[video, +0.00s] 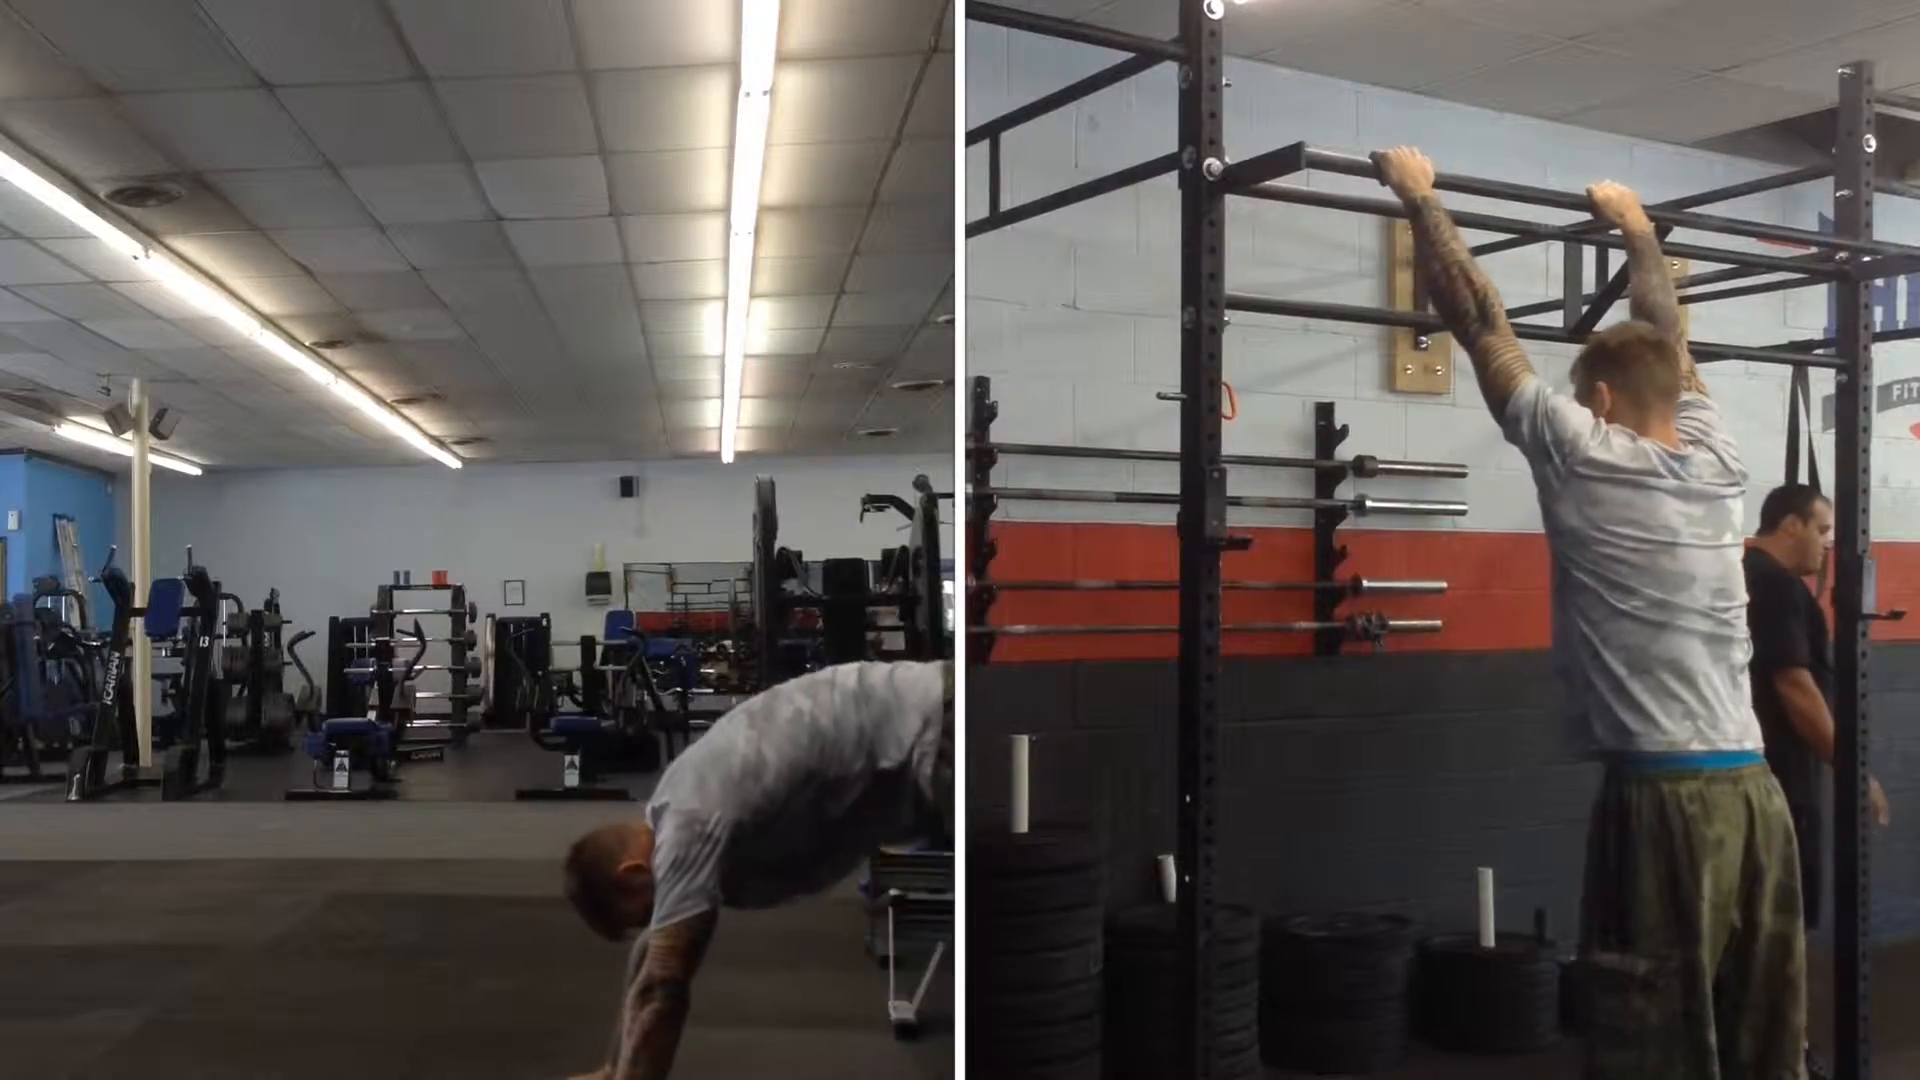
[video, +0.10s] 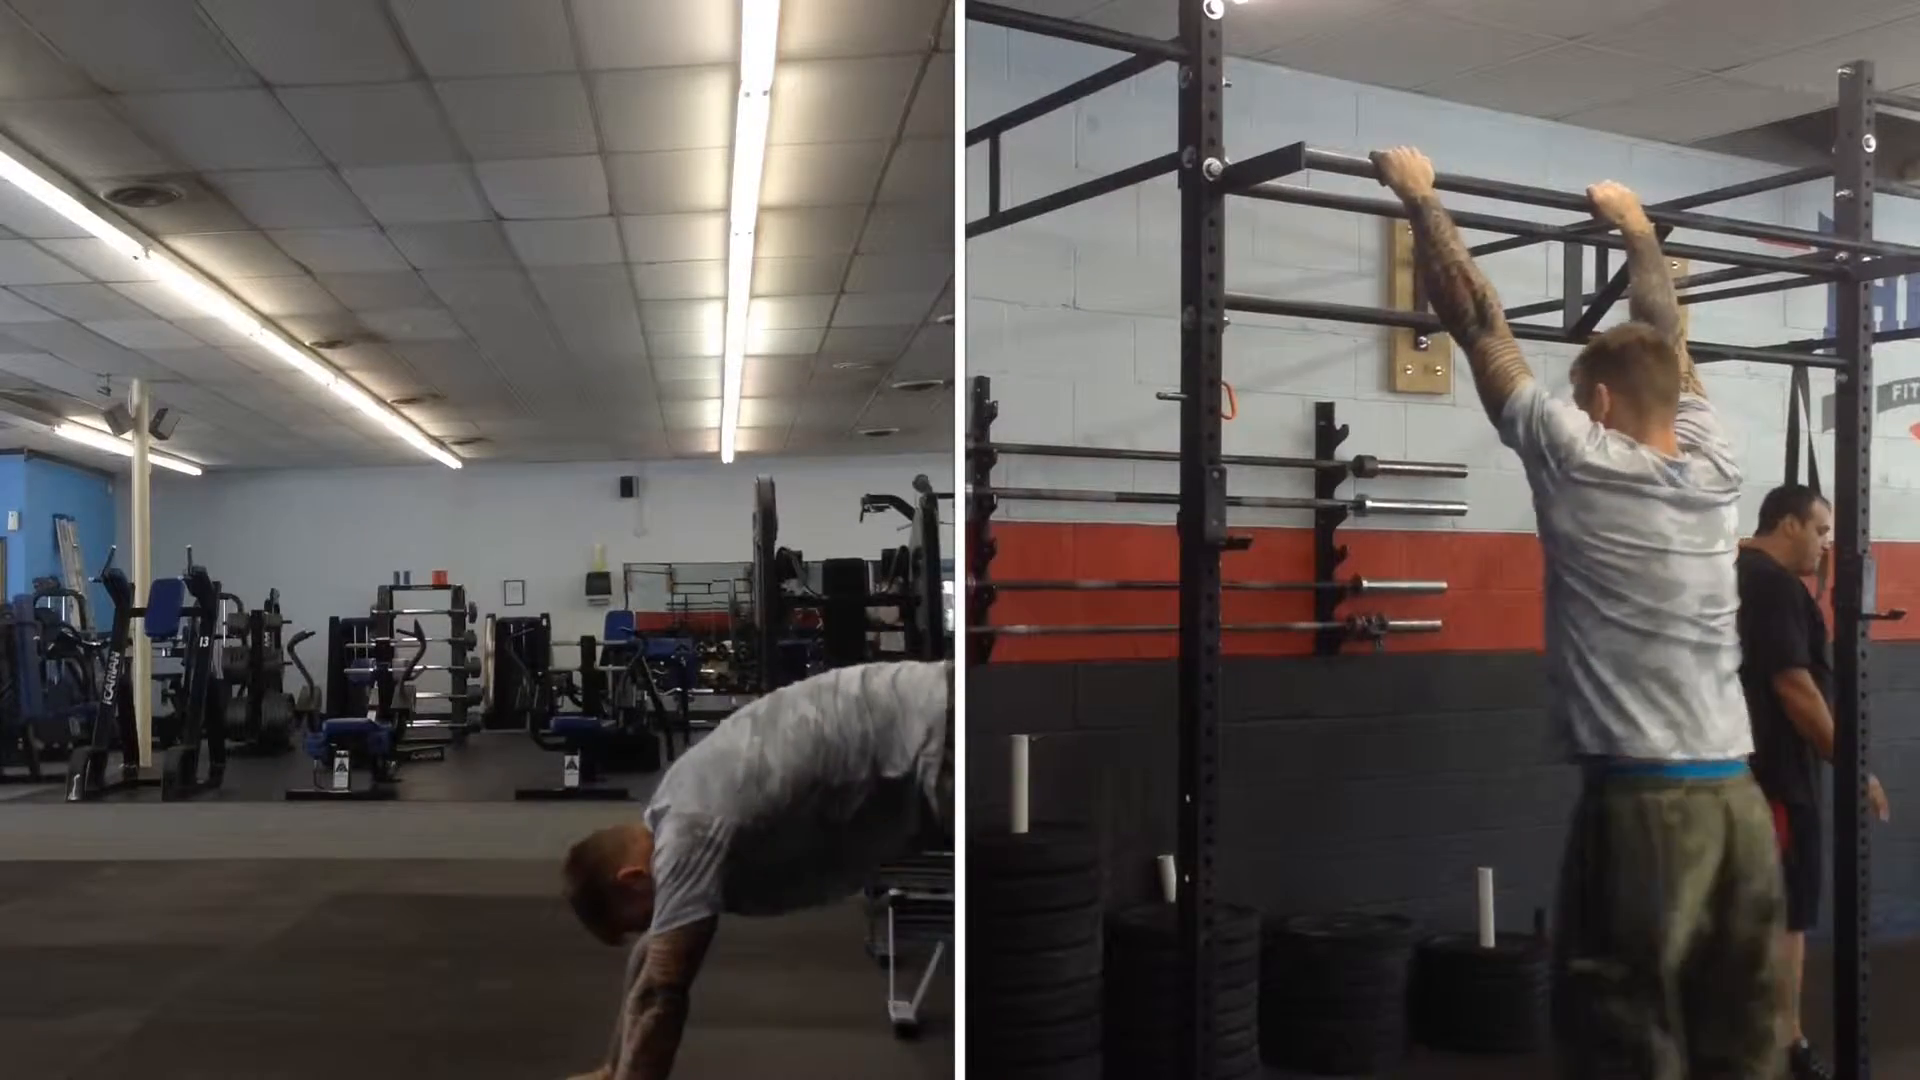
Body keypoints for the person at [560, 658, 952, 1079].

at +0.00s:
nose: (650, 919)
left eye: (638, 917)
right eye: (638, 924)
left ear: (633, 875)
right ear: (634, 859)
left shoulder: (691, 819)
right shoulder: (675, 812)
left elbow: (662, 989)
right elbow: (649, 965)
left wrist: (628, 1074)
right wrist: (614, 1068)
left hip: (947, 728)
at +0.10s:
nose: (655, 922)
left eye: (641, 921)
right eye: (643, 928)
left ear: (634, 881)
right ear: (635, 866)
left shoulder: (692, 821)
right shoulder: (675, 811)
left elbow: (661, 993)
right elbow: (648, 967)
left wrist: (627, 1074)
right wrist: (614, 1067)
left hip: (949, 729)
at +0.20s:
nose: (650, 919)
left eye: (638, 917)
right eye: (638, 925)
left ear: (633, 879)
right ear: (634, 862)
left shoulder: (687, 823)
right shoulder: (672, 809)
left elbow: (659, 991)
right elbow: (648, 963)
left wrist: (626, 1074)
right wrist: (613, 1065)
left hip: (945, 719)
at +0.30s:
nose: (647, 923)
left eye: (636, 919)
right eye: (636, 927)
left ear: (632, 879)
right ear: (633, 861)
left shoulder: (685, 820)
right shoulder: (674, 806)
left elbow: (657, 991)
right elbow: (649, 971)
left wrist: (626, 1073)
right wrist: (615, 1067)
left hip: (952, 728)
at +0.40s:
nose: (649, 926)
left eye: (639, 921)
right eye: (639, 927)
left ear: (636, 879)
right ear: (638, 861)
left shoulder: (691, 817)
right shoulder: (680, 815)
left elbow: (661, 991)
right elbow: (654, 978)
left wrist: (628, 1071)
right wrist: (621, 1069)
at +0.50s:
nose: (666, 922)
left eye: (654, 917)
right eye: (652, 926)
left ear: (649, 874)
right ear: (650, 861)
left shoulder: (707, 826)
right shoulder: (692, 814)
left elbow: (672, 995)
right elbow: (657, 956)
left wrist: (632, 1071)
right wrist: (621, 1066)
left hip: (961, 756)